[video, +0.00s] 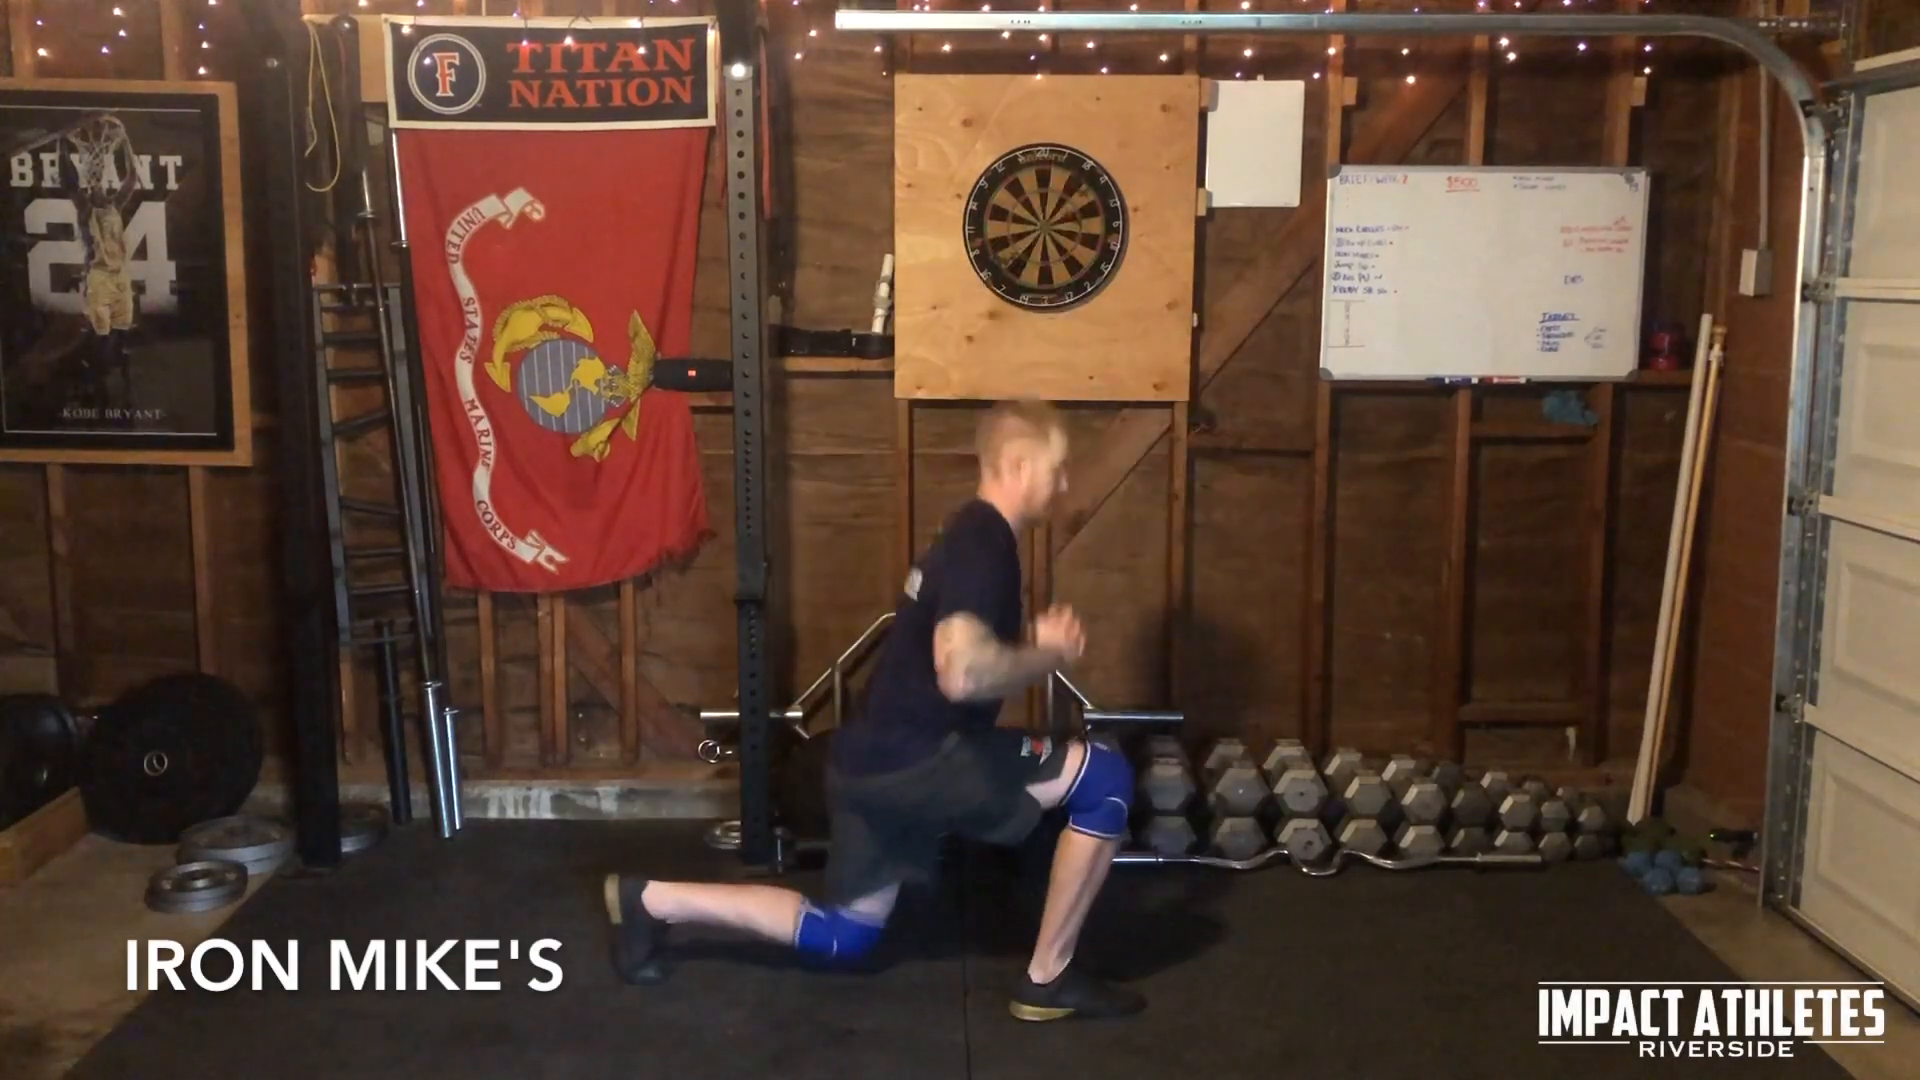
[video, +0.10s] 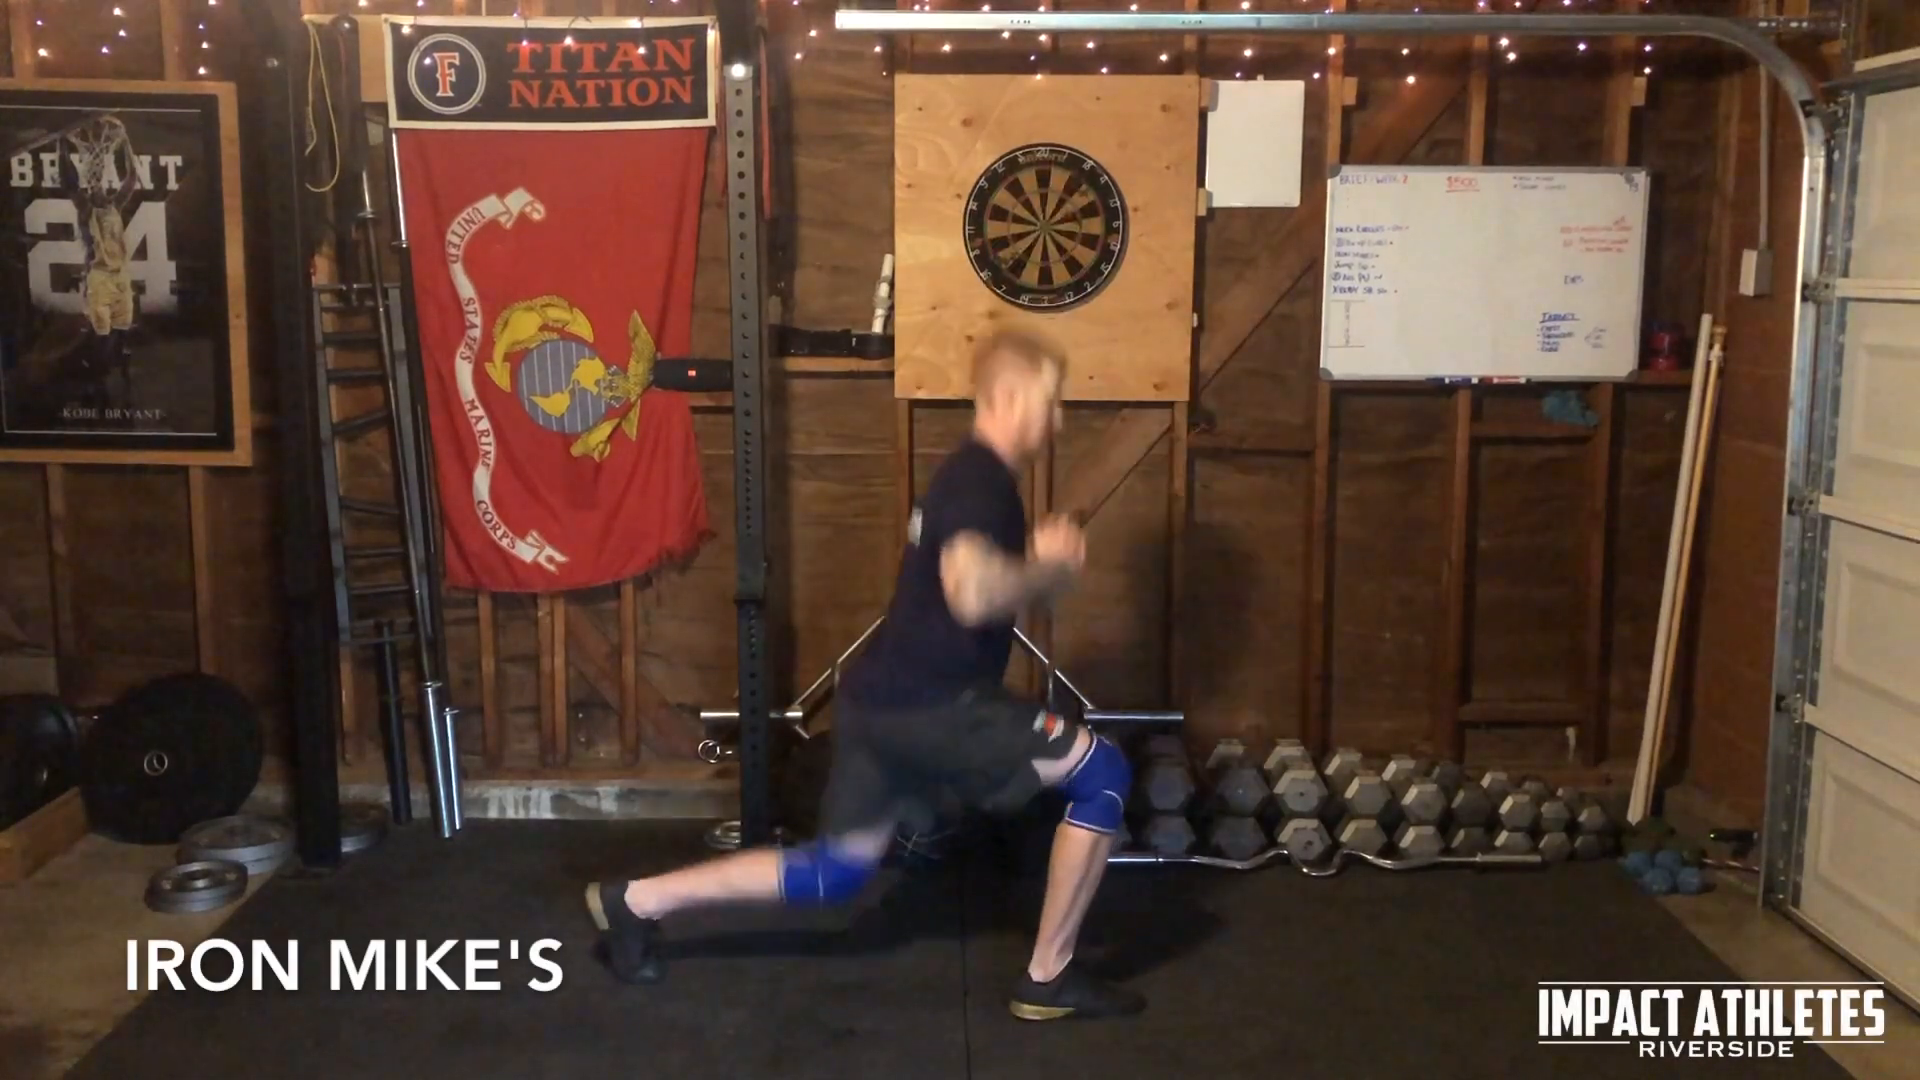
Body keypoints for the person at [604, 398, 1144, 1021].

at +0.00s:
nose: (1064, 485)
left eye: (1064, 469)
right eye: (1057, 469)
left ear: (1007, 467)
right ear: (1016, 466)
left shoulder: (973, 534)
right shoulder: (982, 539)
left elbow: (958, 658)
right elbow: (962, 672)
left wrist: (1031, 648)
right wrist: (1042, 650)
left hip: (873, 762)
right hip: (914, 763)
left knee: (846, 933)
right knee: (1107, 778)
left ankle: (647, 898)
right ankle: (1048, 976)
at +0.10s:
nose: (1057, 418)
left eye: (1056, 401)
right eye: (1051, 400)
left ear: (999, 399)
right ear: (1009, 399)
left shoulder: (972, 473)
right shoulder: (981, 480)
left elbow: (969, 588)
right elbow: (972, 592)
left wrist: (1042, 570)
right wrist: (1046, 564)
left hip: (881, 701)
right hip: (930, 705)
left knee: (837, 871)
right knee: (1100, 774)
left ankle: (632, 901)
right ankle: (1050, 975)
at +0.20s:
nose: (1061, 321)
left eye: (1065, 303)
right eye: (1057, 302)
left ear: (1002, 298)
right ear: (1020, 297)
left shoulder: (990, 380)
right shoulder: (980, 379)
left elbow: (1002, 490)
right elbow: (975, 484)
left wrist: (1048, 468)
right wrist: (1051, 467)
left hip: (897, 604)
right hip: (937, 610)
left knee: (858, 770)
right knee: (1056, 754)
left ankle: (673, 871)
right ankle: (1047, 968)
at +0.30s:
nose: (1078, 261)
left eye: (1084, 246)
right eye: (1076, 240)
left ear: (1016, 227)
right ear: (1029, 223)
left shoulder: (989, 299)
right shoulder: (992, 302)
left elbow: (982, 405)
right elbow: (989, 416)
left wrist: (1045, 399)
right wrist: (1058, 411)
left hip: (902, 536)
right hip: (936, 546)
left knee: (912, 715)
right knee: (996, 726)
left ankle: (757, 851)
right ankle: (955, 934)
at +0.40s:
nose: (1087, 242)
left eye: (1092, 226)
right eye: (1087, 220)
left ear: (1028, 202)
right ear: (1044, 202)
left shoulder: (992, 276)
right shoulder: (1001, 277)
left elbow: (990, 390)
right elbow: (1008, 403)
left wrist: (1050, 378)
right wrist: (1066, 397)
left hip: (931, 520)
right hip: (932, 526)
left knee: (952, 705)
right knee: (960, 710)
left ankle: (883, 882)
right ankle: (814, 880)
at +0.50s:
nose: (1090, 270)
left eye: (1096, 254)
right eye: (1090, 249)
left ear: (1040, 232)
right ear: (1050, 231)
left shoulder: (1010, 307)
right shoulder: (1006, 308)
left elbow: (997, 426)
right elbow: (1015, 446)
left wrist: (1051, 414)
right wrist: (1072, 426)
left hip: (968, 560)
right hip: (930, 559)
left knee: (1005, 716)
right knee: (897, 743)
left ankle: (1000, 906)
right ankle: (716, 867)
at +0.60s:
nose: (1095, 338)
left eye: (1099, 321)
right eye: (1093, 319)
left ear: (1036, 306)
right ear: (1059, 311)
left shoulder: (1015, 384)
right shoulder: (1010, 387)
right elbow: (1011, 532)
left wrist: (1056, 506)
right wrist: (1070, 504)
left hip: (978, 638)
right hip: (929, 638)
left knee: (1068, 736)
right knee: (854, 811)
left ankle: (1041, 933)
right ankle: (656, 908)